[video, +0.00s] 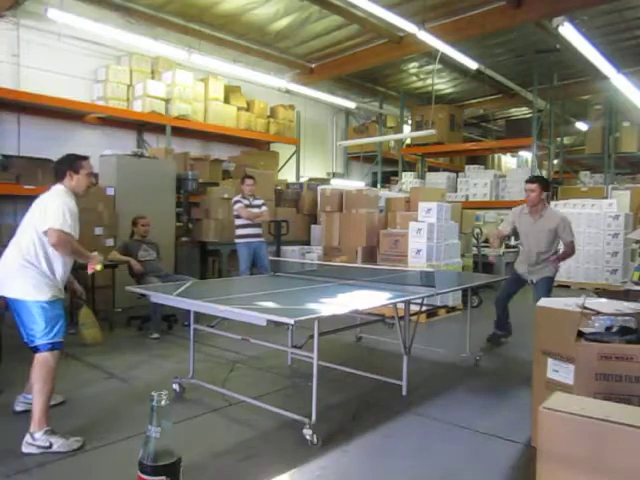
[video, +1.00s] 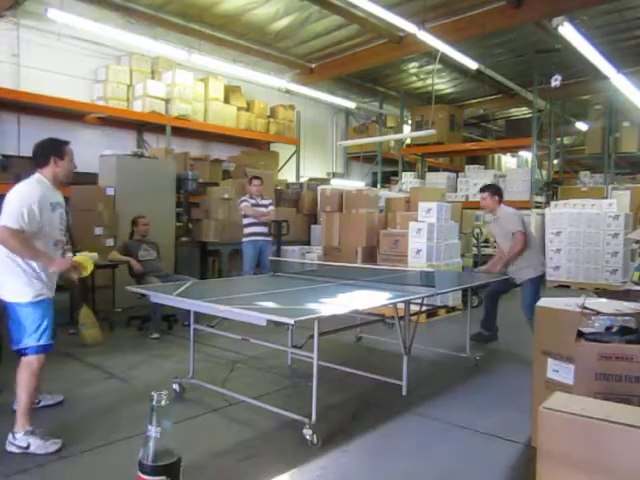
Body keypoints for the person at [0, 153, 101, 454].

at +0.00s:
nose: (93, 181)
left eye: (93, 175)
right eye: (89, 175)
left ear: (69, 176)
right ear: (71, 175)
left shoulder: (53, 198)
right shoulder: (62, 199)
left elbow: (47, 250)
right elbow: (57, 238)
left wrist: (69, 281)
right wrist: (89, 257)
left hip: (22, 280)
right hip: (32, 282)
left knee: (45, 343)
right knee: (50, 347)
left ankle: (31, 394)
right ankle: (38, 431)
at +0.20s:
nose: (83, 181)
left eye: (85, 175)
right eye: (78, 175)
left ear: (79, 176)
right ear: (59, 174)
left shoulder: (76, 205)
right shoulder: (36, 203)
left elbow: (65, 246)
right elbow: (4, 236)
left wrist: (61, 279)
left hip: (58, 287)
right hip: (35, 289)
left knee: (61, 340)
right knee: (57, 347)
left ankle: (31, 393)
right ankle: (42, 429)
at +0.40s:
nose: (60, 180)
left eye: (63, 174)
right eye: (54, 174)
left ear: (64, 173)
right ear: (35, 172)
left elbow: (83, 244)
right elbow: (32, 256)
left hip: (60, 283)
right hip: (30, 286)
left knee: (68, 334)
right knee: (49, 345)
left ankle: (33, 390)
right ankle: (40, 430)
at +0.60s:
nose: (68, 178)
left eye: (69, 172)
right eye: (66, 171)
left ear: (44, 170)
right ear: (47, 170)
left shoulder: (28, 193)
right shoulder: (36, 198)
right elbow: (74, 232)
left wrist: (68, 248)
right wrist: (77, 212)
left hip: (28, 285)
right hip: (31, 287)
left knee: (52, 339)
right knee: (47, 350)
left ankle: (29, 393)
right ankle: (39, 431)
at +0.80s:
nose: (71, 169)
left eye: (71, 163)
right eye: (68, 163)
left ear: (50, 163)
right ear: (52, 163)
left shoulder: (48, 193)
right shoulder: (34, 191)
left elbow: (56, 238)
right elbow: (44, 239)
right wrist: (84, 239)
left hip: (34, 284)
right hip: (23, 286)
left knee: (34, 345)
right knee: (30, 352)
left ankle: (27, 395)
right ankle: (33, 429)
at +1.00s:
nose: (74, 167)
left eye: (73, 161)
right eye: (70, 160)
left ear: (54, 162)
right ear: (54, 162)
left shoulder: (55, 196)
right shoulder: (27, 191)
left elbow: (54, 240)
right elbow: (9, 234)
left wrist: (69, 261)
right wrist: (51, 261)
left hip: (38, 288)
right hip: (23, 290)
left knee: (36, 349)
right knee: (34, 355)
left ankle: (27, 397)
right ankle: (21, 431)